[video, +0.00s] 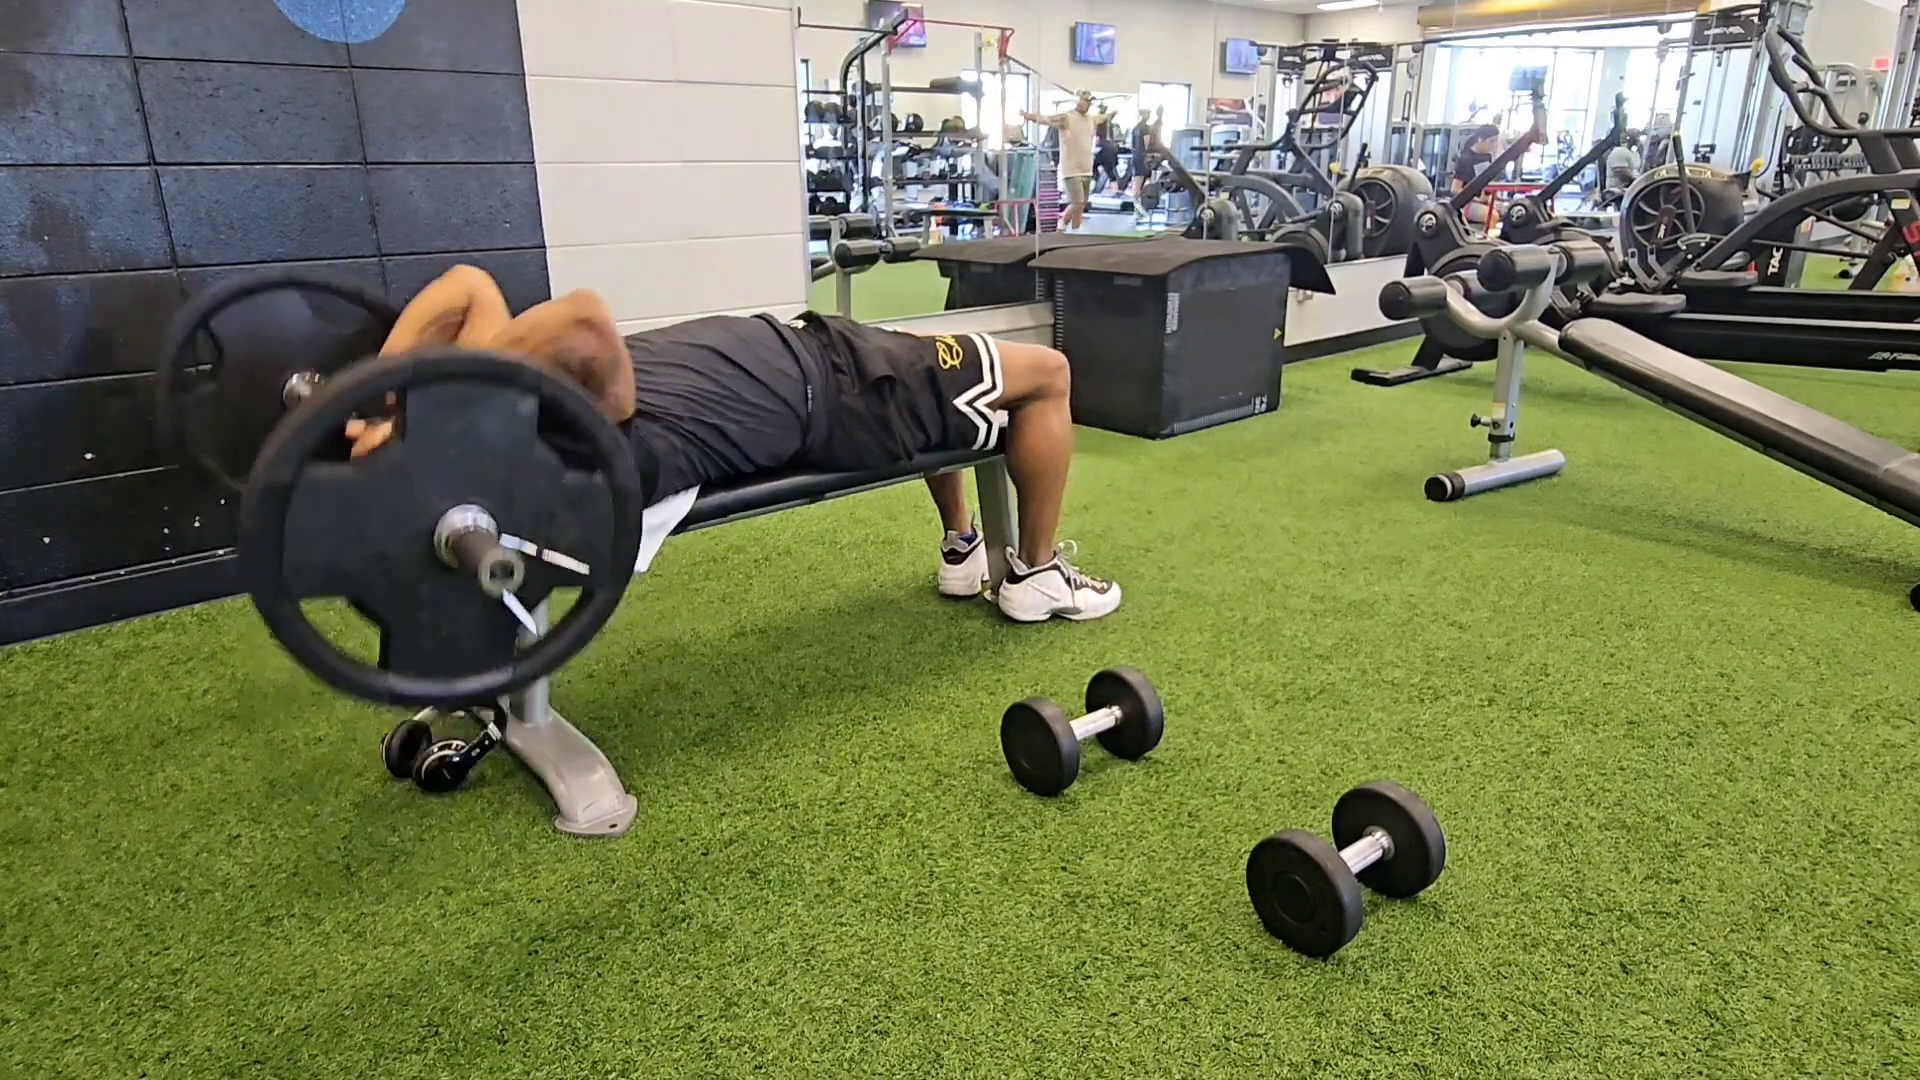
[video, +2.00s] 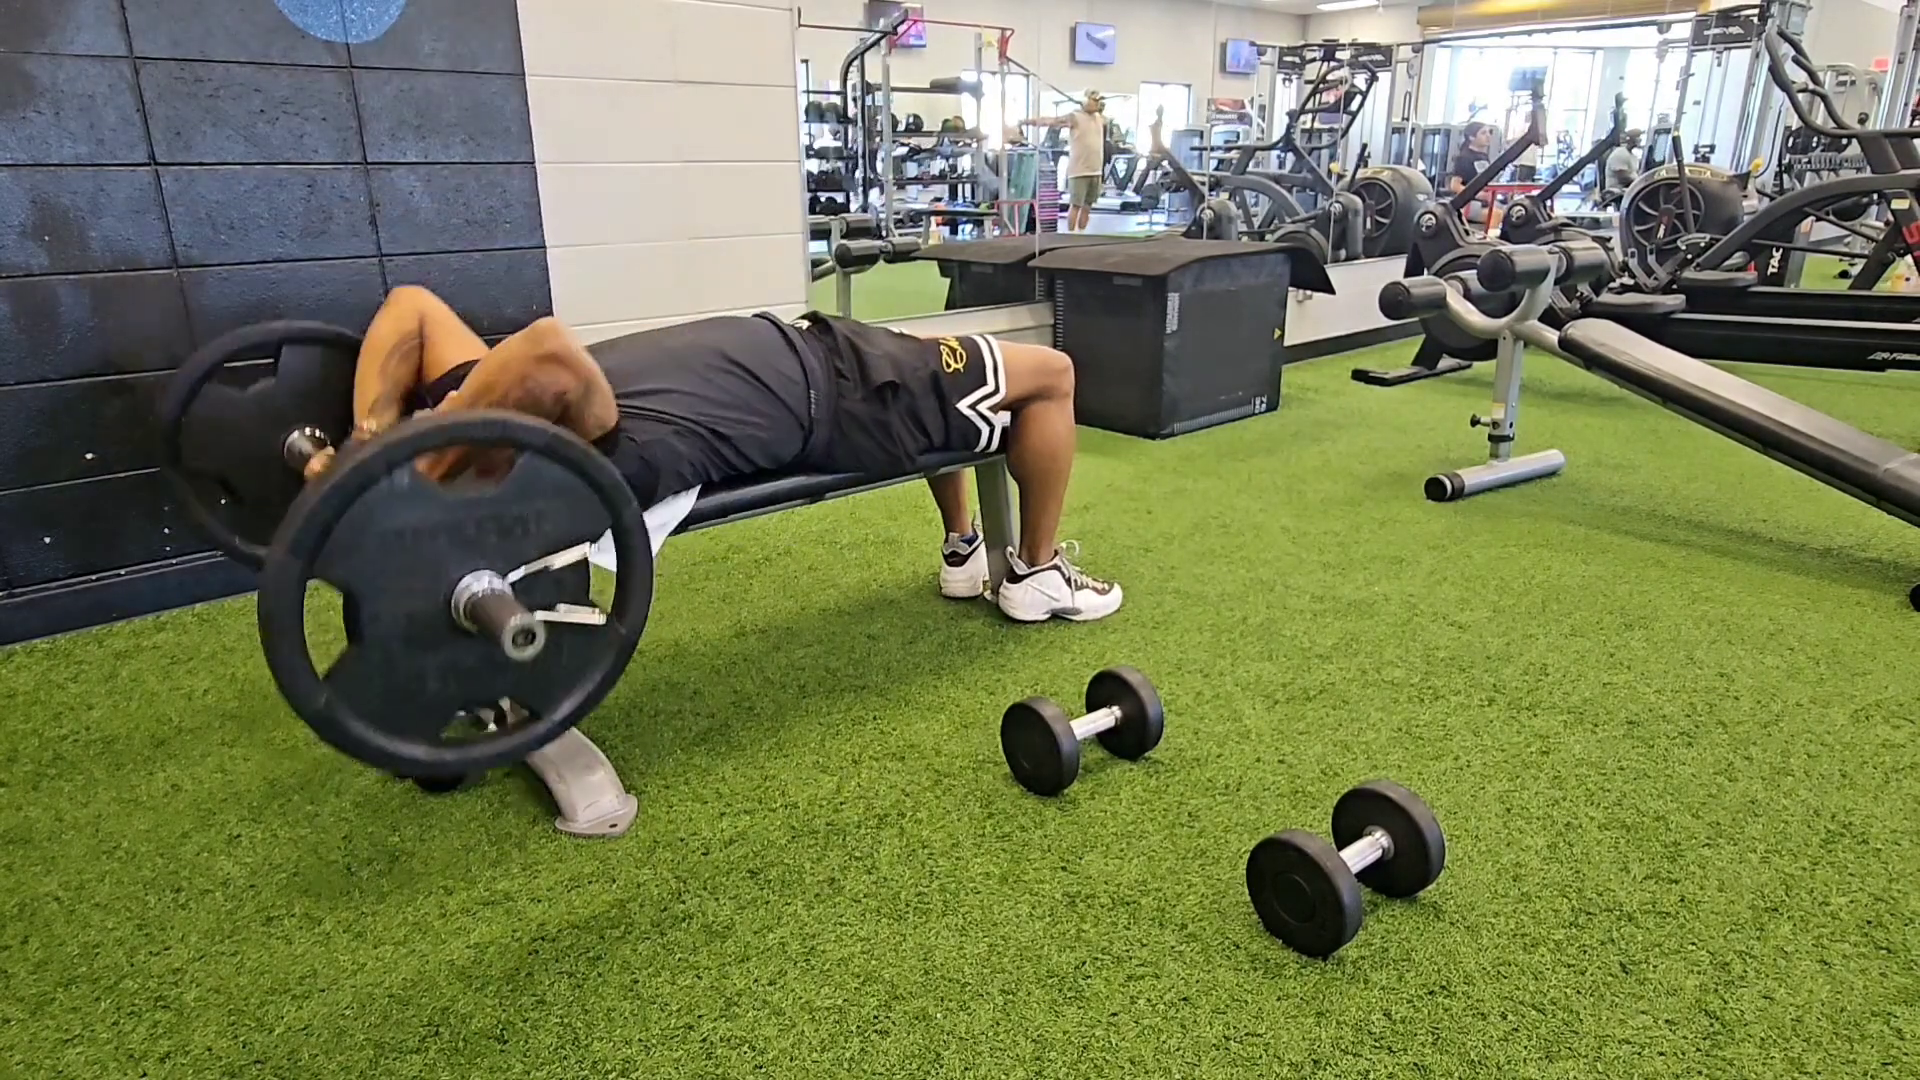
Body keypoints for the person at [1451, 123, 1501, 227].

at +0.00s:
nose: (1495, 145)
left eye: (1496, 141)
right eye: (1492, 141)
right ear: (1480, 140)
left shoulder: (1488, 157)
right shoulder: (1466, 158)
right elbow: (1455, 188)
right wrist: (1479, 198)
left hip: (1486, 199)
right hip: (1468, 202)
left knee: (1509, 209)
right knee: (1492, 215)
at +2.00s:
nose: (1488, 136)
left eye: (1488, 132)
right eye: (1483, 133)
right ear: (1471, 137)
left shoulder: (1484, 156)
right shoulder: (1464, 157)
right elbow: (1455, 185)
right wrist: (1480, 195)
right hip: (1469, 203)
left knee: (1508, 212)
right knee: (1496, 215)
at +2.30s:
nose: (1490, 136)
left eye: (1490, 132)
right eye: (1485, 133)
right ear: (1473, 137)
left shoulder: (1485, 155)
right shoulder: (1465, 156)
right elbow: (1454, 185)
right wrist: (1479, 195)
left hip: (1488, 201)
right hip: (1469, 203)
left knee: (1509, 212)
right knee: (1496, 215)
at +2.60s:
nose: (1493, 135)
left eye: (1493, 132)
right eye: (1488, 132)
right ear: (1476, 136)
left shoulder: (1487, 154)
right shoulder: (1467, 155)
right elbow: (1456, 184)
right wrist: (1481, 194)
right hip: (1472, 203)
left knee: (1511, 212)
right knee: (1497, 216)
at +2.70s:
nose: (1494, 135)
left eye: (1494, 132)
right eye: (1490, 132)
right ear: (1477, 136)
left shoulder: (1487, 154)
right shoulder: (1467, 155)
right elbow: (1458, 185)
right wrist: (1483, 195)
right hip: (1471, 202)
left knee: (1510, 211)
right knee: (1496, 216)